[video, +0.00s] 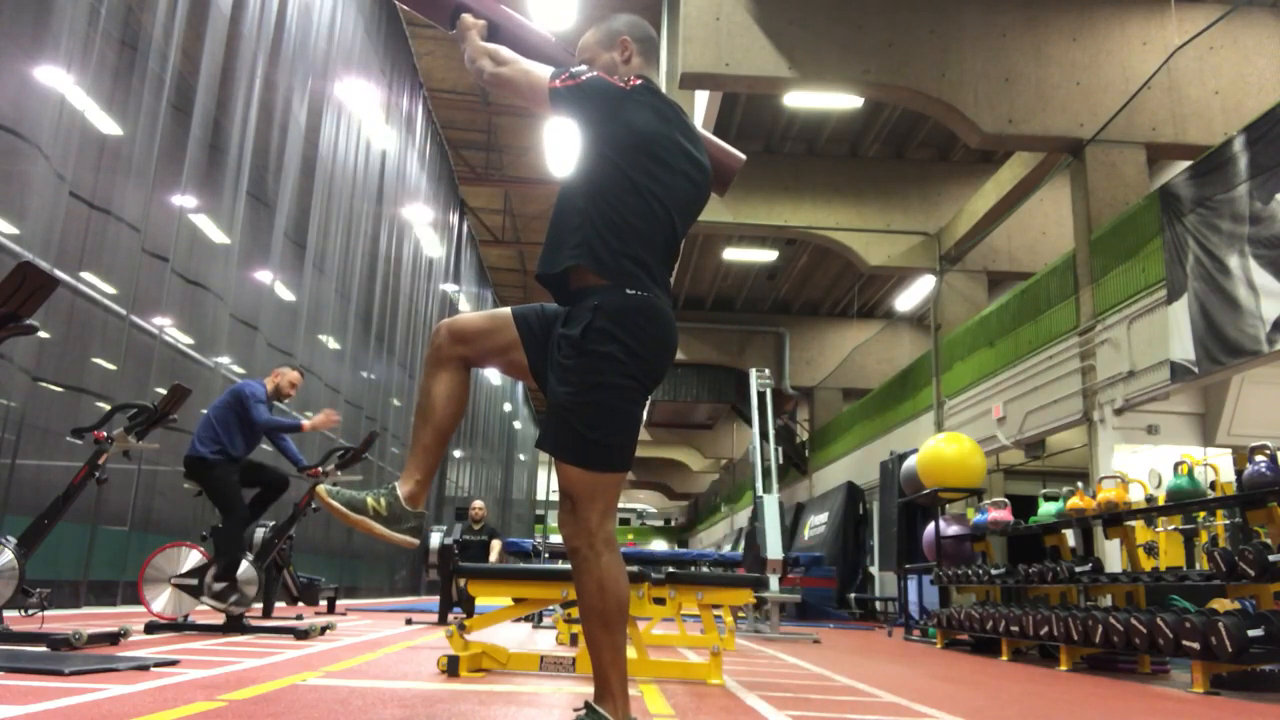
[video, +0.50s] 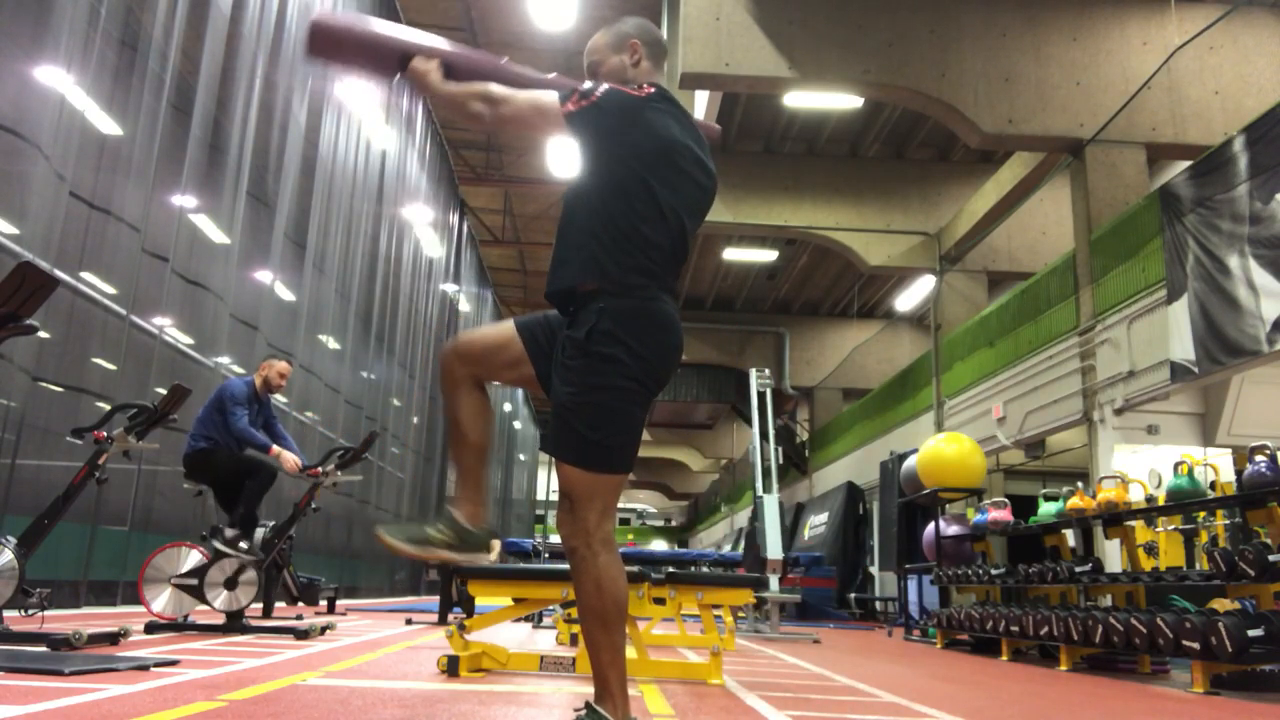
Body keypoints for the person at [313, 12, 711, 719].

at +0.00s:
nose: (583, 75)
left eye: (589, 65)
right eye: (585, 67)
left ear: (624, 57)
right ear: (645, 64)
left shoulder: (611, 98)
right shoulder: (694, 148)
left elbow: (489, 67)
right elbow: (734, 164)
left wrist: (471, 28)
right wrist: (677, 123)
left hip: (611, 324)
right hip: (598, 321)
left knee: (588, 529)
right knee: (453, 337)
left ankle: (613, 707)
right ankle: (409, 495)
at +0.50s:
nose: (591, 80)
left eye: (597, 67)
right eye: (589, 70)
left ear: (639, 56)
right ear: (648, 65)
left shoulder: (618, 107)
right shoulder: (698, 150)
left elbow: (488, 109)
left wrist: (426, 76)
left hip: (618, 329)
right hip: (599, 323)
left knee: (587, 530)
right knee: (463, 357)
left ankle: (613, 707)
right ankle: (469, 524)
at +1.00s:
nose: (587, 96)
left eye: (595, 80)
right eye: (583, 87)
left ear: (639, 71)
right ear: (629, 79)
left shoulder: (666, 141)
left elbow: (616, 240)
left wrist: (506, 287)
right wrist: (516, 189)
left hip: (653, 363)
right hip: (661, 363)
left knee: (588, 527)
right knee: (639, 529)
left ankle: (612, 707)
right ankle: (775, 594)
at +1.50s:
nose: (595, 199)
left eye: (604, 184)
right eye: (591, 188)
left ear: (648, 176)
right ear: (631, 183)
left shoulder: (708, 255)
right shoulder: (611, 272)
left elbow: (758, 352)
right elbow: (574, 337)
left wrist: (736, 447)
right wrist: (558, 348)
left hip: (703, 454)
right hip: (661, 454)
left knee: (574, 526)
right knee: (739, 621)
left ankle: (610, 706)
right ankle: (876, 674)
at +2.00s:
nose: (612, 271)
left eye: (623, 257)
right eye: (608, 260)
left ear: (665, 251)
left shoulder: (730, 328)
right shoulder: (615, 344)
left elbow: (785, 429)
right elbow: (595, 419)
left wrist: (816, 530)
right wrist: (603, 476)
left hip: (727, 502)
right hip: (668, 509)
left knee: (568, 529)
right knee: (708, 703)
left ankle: (606, 708)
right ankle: (848, 672)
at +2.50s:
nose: (621, 277)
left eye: (632, 264)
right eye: (617, 266)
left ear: (673, 259)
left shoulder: (734, 336)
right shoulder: (615, 346)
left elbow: (787, 432)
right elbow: (602, 427)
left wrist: (826, 532)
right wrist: (621, 501)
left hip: (727, 507)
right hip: (669, 516)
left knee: (568, 526)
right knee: (702, 708)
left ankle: (607, 707)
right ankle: (842, 672)